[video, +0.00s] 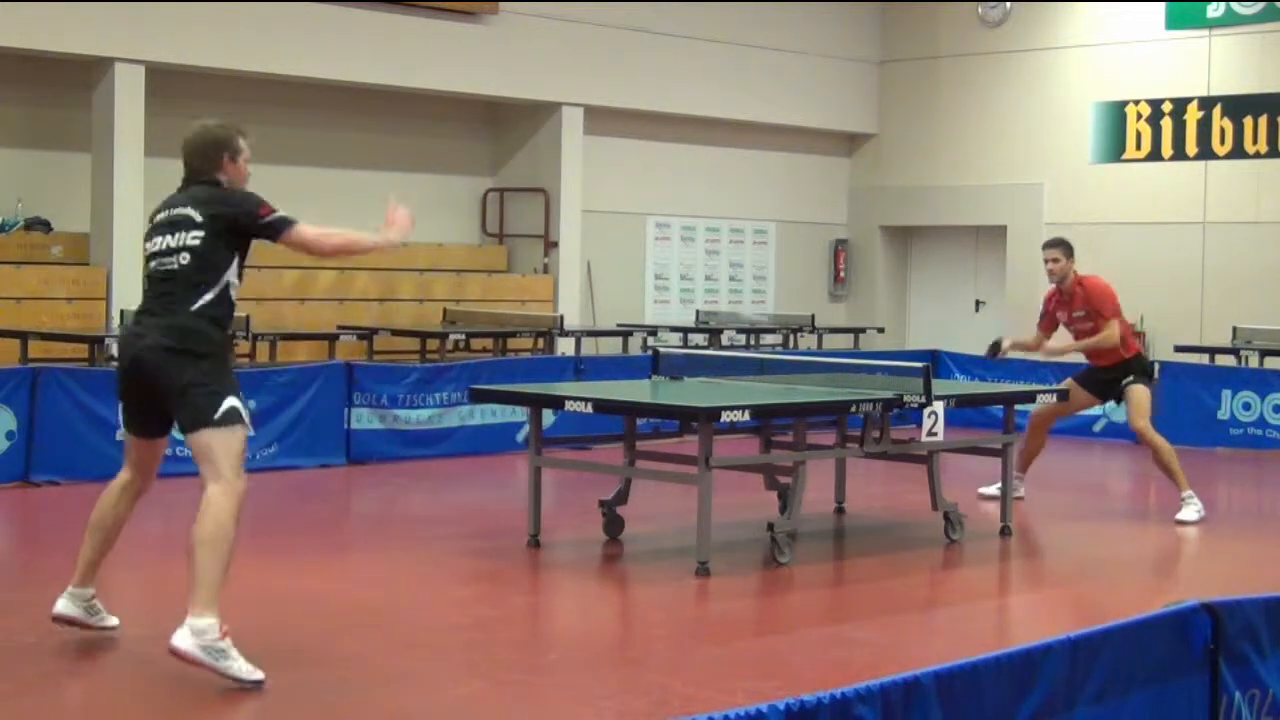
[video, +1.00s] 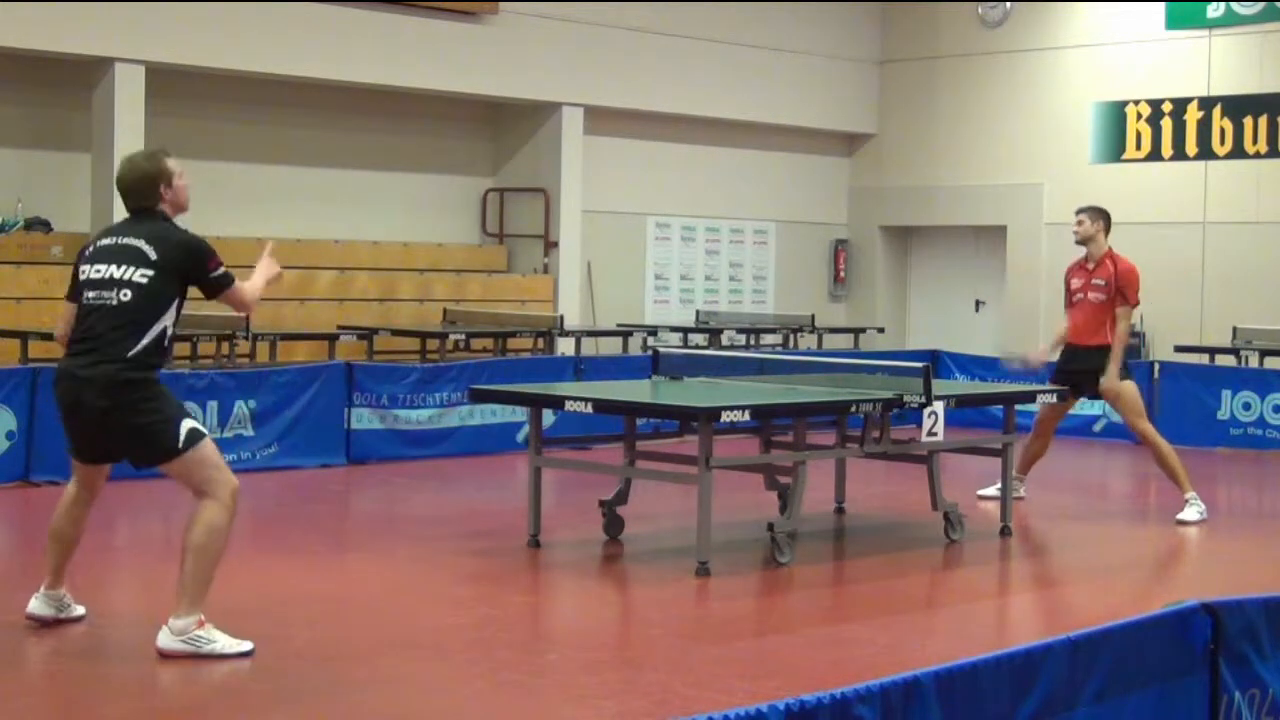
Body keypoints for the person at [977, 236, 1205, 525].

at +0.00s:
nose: (1049, 268)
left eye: (1054, 261)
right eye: (1046, 262)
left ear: (1071, 262)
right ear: (1045, 265)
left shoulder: (1096, 289)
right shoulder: (1053, 299)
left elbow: (1113, 337)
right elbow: (1038, 342)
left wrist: (1061, 349)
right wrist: (1012, 343)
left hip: (1131, 366)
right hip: (1100, 371)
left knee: (1140, 426)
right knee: (1040, 416)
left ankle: (1189, 498)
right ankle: (1015, 482)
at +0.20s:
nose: (1049, 280)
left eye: (1054, 274)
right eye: (1045, 276)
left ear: (1070, 272)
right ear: (1043, 278)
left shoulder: (1097, 295)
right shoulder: (1054, 308)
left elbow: (1130, 328)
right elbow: (1043, 343)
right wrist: (1030, 347)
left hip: (1129, 375)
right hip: (1096, 381)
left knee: (1135, 432)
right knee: (1035, 418)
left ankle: (1189, 500)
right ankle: (1015, 482)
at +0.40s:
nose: (1066, 252)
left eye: (1072, 246)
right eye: (1063, 246)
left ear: (1088, 247)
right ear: (1061, 248)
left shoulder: (1111, 277)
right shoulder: (1055, 283)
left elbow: (1157, 283)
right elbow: (1022, 304)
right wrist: (993, 304)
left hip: (1127, 367)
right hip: (1093, 371)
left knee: (1146, 427)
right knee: (1037, 420)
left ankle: (1193, 500)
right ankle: (1014, 483)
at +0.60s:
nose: (1076, 230)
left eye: (1083, 225)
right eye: (1074, 225)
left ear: (1100, 231)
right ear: (1072, 231)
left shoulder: (1118, 267)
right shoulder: (1060, 268)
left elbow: (1166, 277)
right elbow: (1017, 272)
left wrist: (1179, 260)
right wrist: (996, 248)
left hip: (1122, 360)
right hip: (1086, 362)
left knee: (1144, 426)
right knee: (1037, 418)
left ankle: (1192, 499)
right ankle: (1014, 482)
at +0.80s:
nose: (1076, 224)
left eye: (1083, 219)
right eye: (1075, 220)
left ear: (1102, 225)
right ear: (1077, 228)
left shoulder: (1124, 266)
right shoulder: (1068, 267)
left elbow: (1156, 304)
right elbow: (1030, 293)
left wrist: (1165, 299)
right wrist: (1010, 261)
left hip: (1115, 357)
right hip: (1079, 357)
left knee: (1141, 424)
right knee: (1043, 420)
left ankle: (1192, 499)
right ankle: (1015, 482)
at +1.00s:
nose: (1074, 228)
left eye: (1080, 223)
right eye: (1074, 224)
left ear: (1100, 227)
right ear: (1087, 229)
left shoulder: (1123, 269)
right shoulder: (1073, 271)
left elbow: (1123, 324)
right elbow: (1072, 321)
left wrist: (1112, 372)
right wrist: (1047, 350)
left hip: (1106, 357)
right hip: (1073, 356)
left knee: (1140, 427)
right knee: (1044, 422)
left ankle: (1191, 498)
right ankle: (1016, 481)